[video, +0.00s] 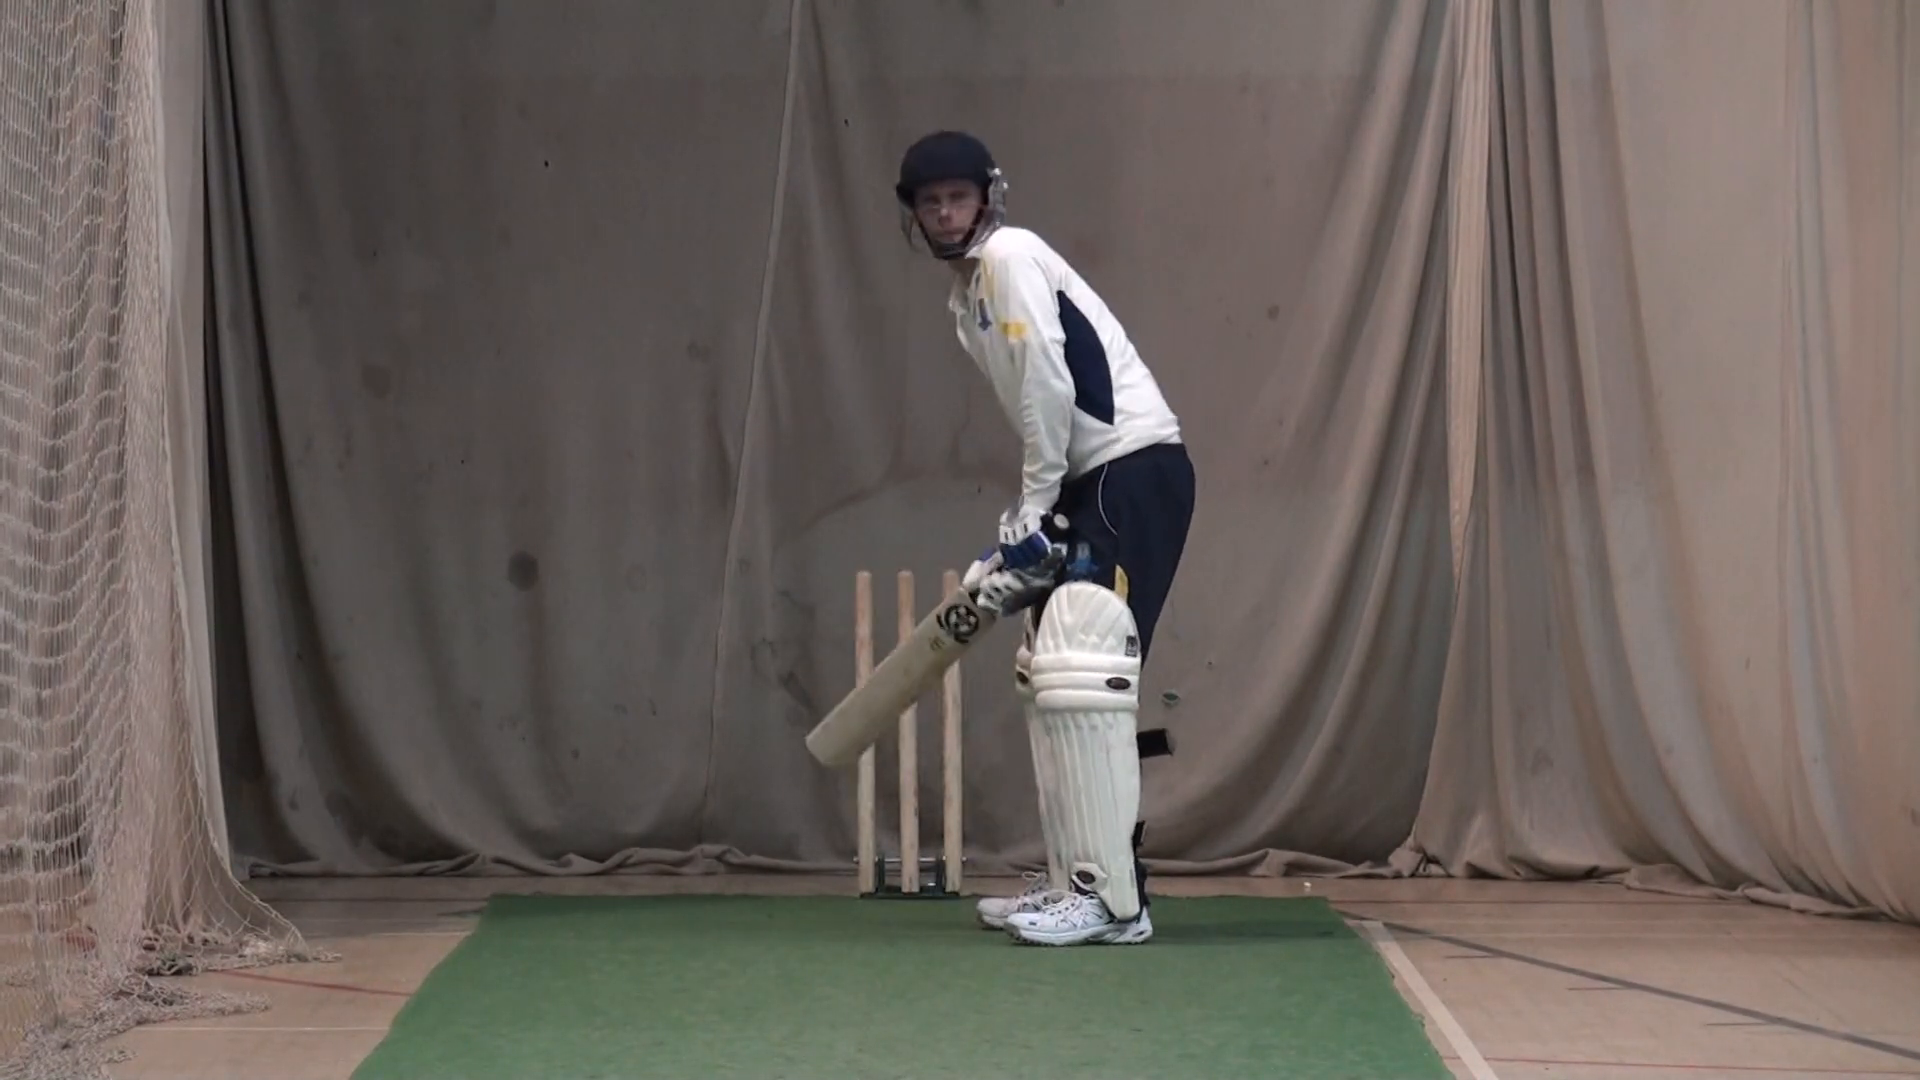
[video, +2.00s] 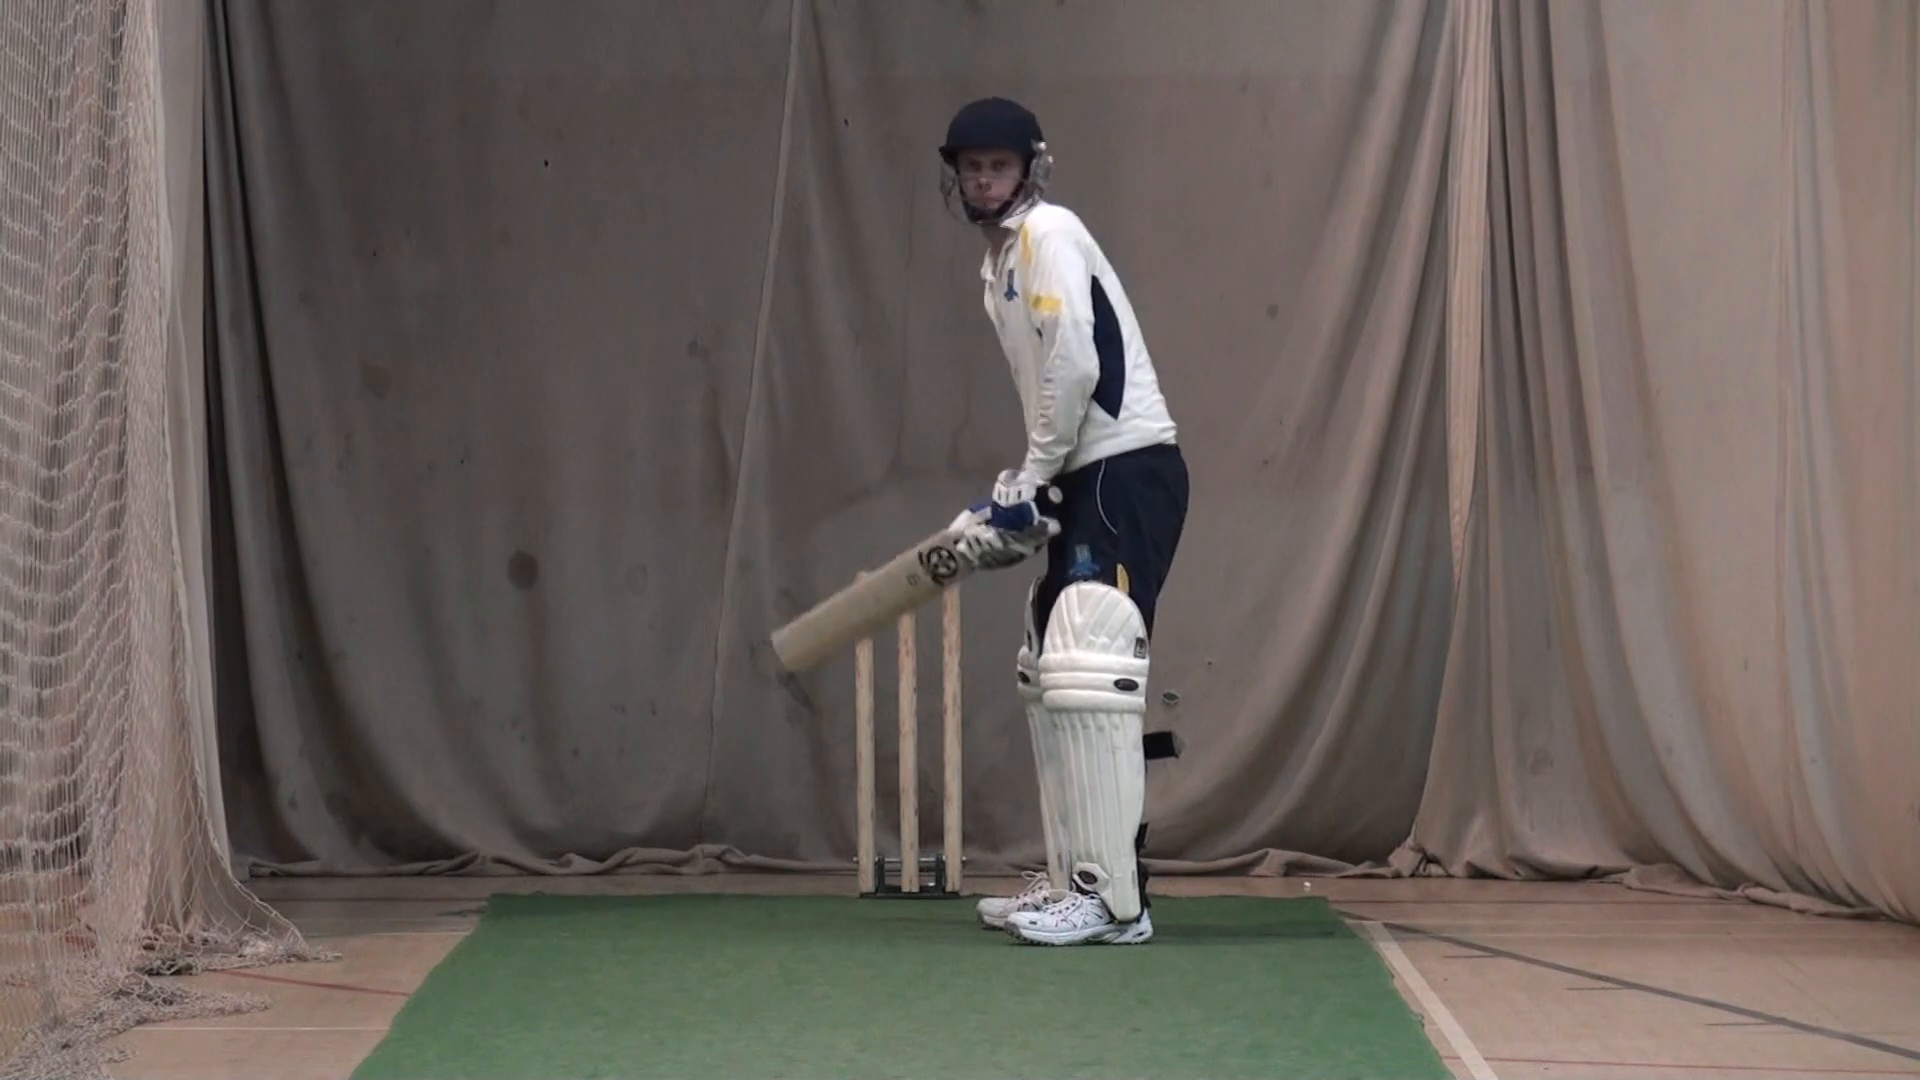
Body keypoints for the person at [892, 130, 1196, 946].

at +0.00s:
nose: (947, 215)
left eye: (961, 198)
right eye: (931, 203)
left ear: (988, 198)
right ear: (912, 215)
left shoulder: (1009, 259)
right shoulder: (971, 299)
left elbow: (1050, 398)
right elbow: (1038, 419)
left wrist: (1031, 518)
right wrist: (1023, 534)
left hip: (1134, 471)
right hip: (1092, 479)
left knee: (1091, 678)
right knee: (1061, 676)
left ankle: (1112, 898)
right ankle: (1079, 881)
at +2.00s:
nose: (983, 182)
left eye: (999, 166)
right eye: (970, 168)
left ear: (1030, 168)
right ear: (955, 174)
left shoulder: (1047, 234)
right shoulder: (1003, 264)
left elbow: (1073, 366)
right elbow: (1044, 397)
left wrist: (1028, 482)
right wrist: (1012, 504)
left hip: (1125, 471)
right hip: (1082, 479)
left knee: (1091, 677)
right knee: (1050, 675)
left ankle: (1113, 895)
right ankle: (1082, 877)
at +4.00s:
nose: (975, 198)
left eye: (989, 183)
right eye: (959, 185)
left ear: (1015, 185)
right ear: (938, 193)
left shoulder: (1036, 250)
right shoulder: (979, 286)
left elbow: (1071, 387)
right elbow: (1045, 409)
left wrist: (1026, 500)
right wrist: (998, 510)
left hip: (1135, 466)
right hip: (1080, 478)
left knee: (1089, 662)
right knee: (1039, 667)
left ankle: (1115, 895)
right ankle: (1076, 881)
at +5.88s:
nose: (915, 316)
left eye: (927, 296)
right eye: (897, 303)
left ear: (950, 288)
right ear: (876, 307)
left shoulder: (986, 346)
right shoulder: (906, 371)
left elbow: (984, 471)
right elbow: (945, 450)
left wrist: (917, 525)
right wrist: (917, 467)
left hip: (1096, 535)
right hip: (1024, 555)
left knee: (1035, 696)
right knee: (978, 732)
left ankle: (997, 903)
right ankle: (1089, 892)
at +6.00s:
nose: (901, 330)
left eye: (914, 310)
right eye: (883, 316)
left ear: (938, 299)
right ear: (859, 317)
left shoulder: (977, 340)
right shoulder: (874, 390)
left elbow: (984, 416)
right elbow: (927, 480)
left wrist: (923, 507)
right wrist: (937, 529)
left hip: (1085, 536)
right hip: (1001, 558)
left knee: (1008, 699)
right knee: (992, 722)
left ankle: (990, 907)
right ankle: (1077, 879)